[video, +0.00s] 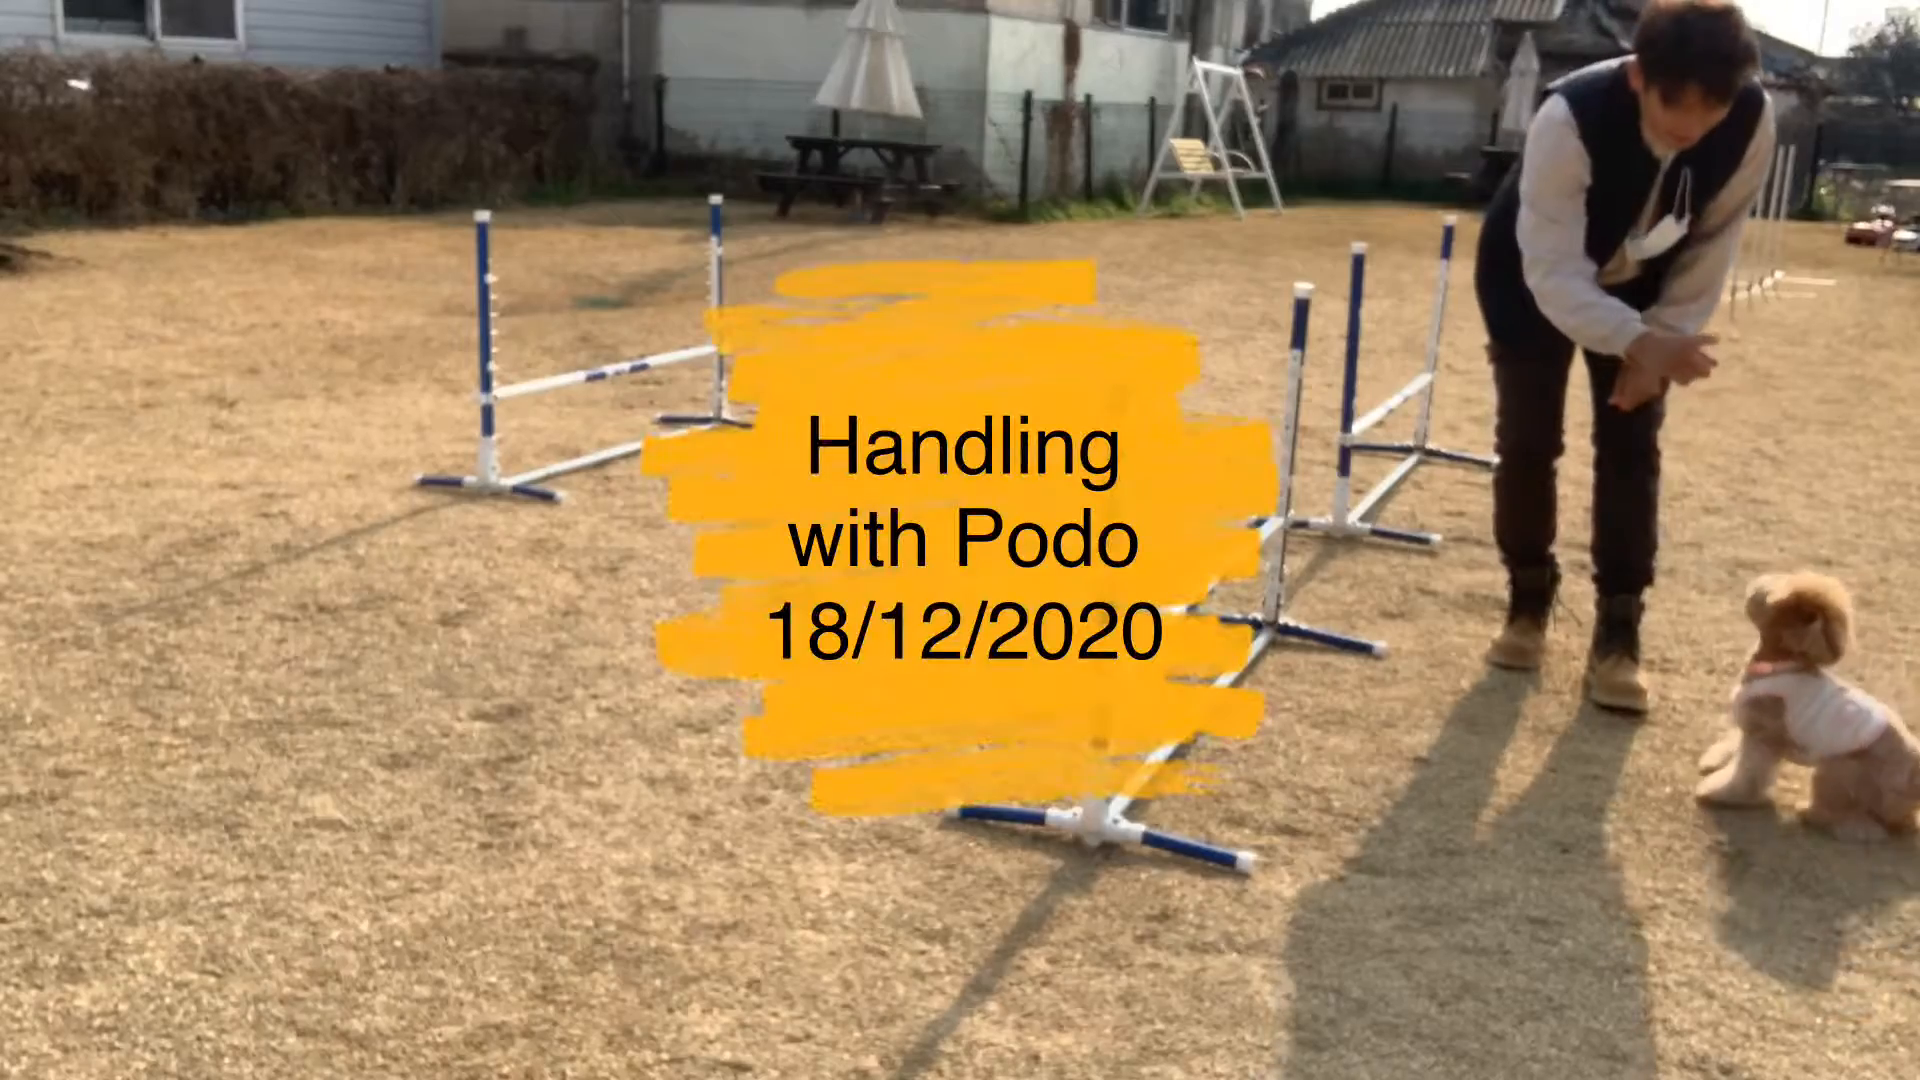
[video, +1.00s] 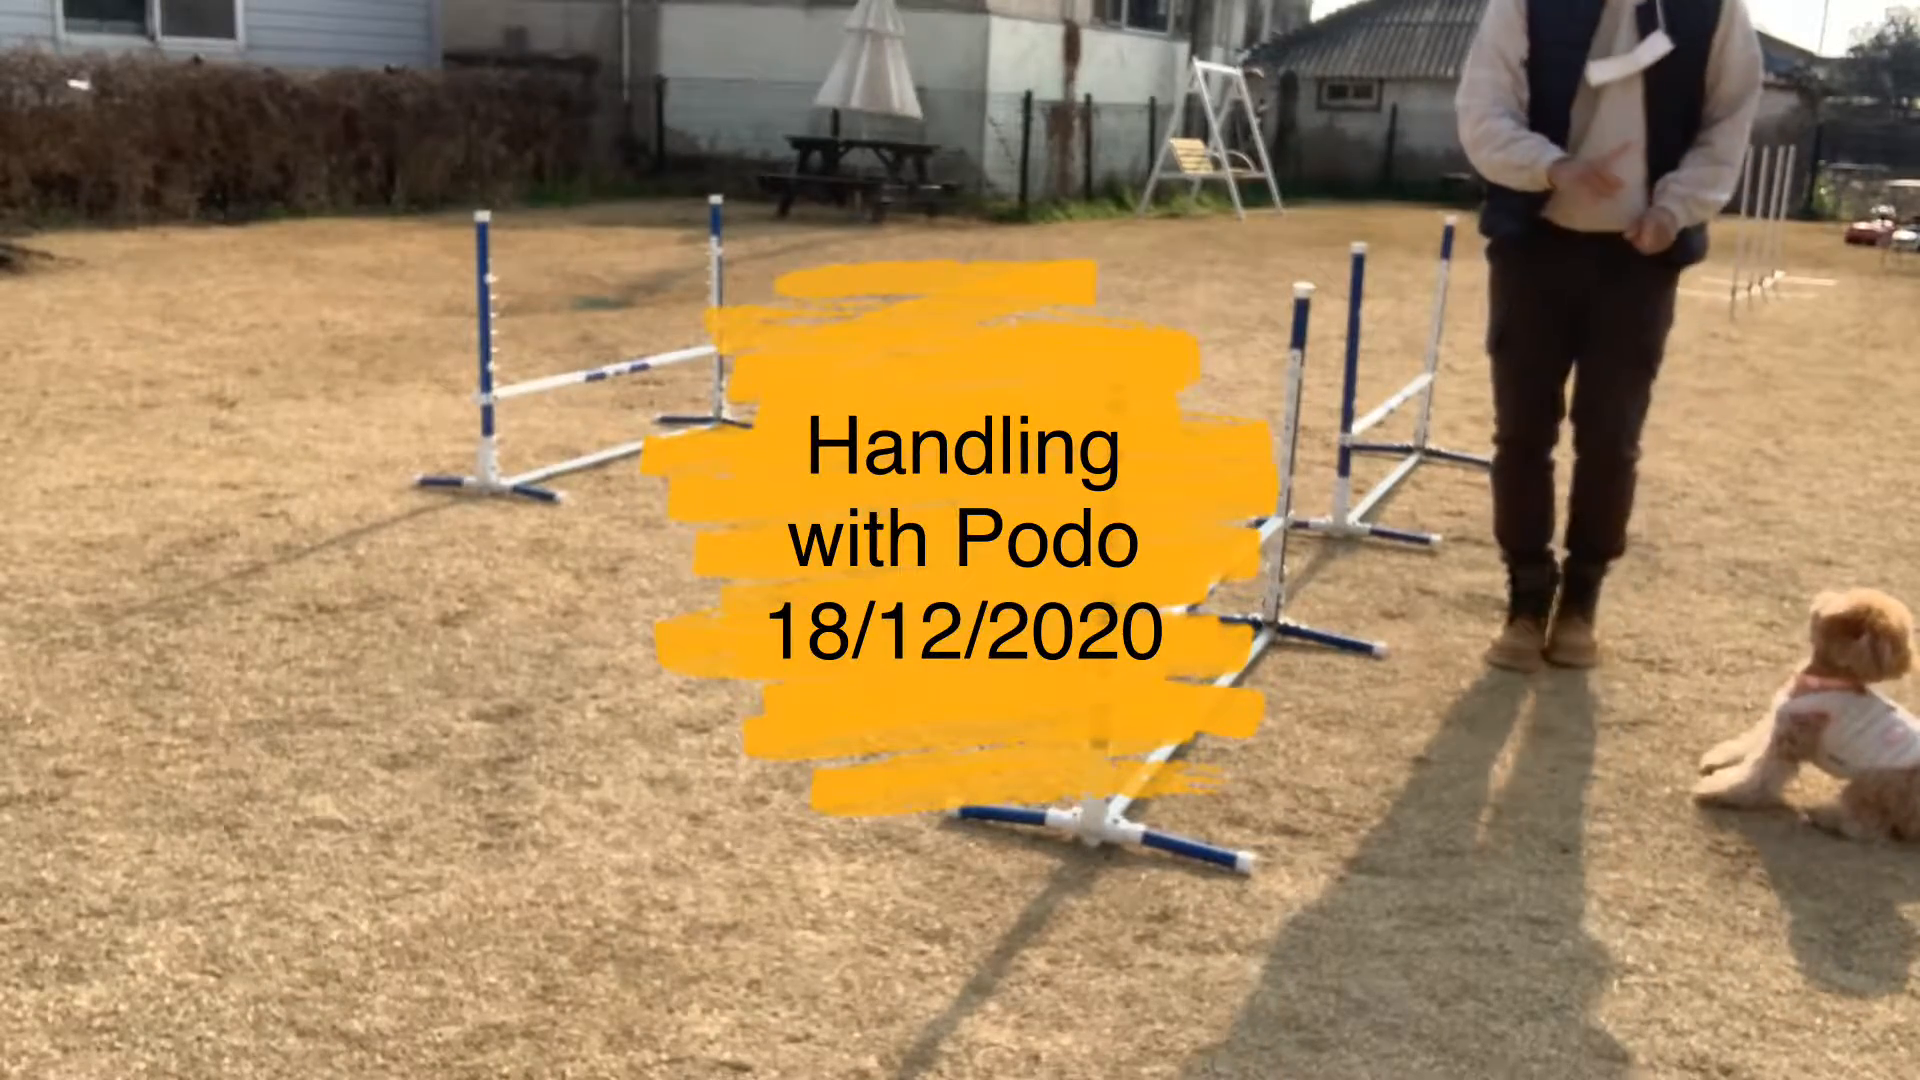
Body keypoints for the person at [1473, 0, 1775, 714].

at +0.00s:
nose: (1687, 136)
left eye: (1708, 122)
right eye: (1674, 118)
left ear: (1732, 97)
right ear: (1639, 79)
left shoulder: (1750, 122)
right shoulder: (1568, 119)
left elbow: (1714, 246)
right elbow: (1550, 270)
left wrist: (1659, 349)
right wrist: (1641, 340)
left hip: (1640, 288)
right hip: (1536, 278)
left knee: (1630, 450)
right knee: (1527, 443)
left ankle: (1618, 639)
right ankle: (1525, 608)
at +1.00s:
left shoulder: (1715, 11)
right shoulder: (1524, 6)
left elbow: (1732, 121)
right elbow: (1480, 114)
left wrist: (1677, 205)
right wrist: (1551, 166)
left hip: (1638, 255)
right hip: (1534, 247)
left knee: (1610, 438)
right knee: (1522, 433)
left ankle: (1579, 603)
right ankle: (1526, 604)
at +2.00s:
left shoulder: (1459, 14)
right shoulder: (1371, 17)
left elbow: (1483, 129)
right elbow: (1365, 126)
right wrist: (1329, 201)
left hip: (1451, 236)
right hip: (1388, 239)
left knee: (1444, 403)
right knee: (1355, 390)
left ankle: (1535, 576)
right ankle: (1384, 555)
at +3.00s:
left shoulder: (1130, 27)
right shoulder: (999, 36)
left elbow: (1152, 138)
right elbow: (950, 139)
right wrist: (908, 240)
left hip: (1124, 222)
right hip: (1040, 221)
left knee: (1110, 356)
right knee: (997, 342)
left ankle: (1068, 479)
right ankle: (989, 476)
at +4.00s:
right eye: (1380, 12)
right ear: (1359, 1)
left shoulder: (1223, 9)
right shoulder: (1362, 28)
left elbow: (1168, 95)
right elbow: (1395, 132)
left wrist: (1129, 187)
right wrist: (1399, 202)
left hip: (1207, 211)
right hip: (1295, 218)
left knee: (1168, 340)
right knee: (1324, 364)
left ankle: (1162, 486)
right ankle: (1327, 522)